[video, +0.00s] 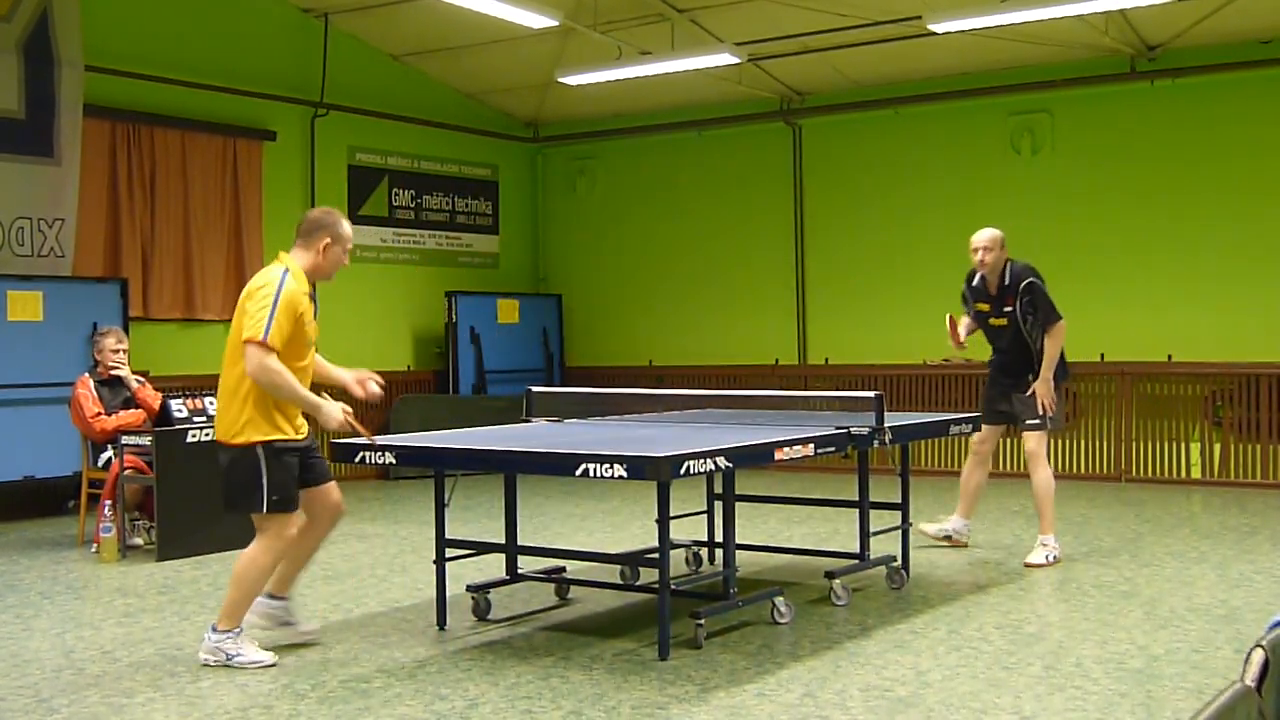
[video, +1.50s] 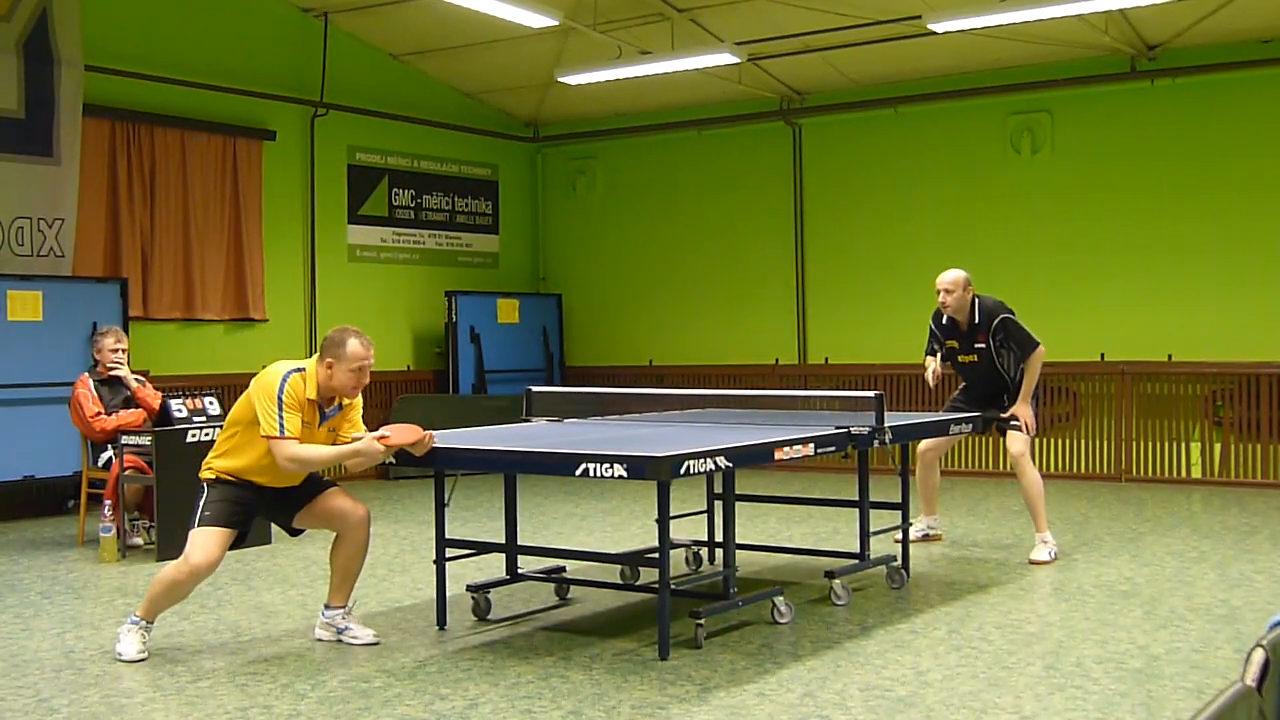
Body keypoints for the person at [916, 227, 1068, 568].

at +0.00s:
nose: (981, 256)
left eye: (988, 250)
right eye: (976, 251)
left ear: (1003, 252)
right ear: (971, 255)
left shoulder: (1025, 279)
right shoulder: (973, 283)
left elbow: (1056, 328)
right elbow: (976, 316)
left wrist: (1046, 378)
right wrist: (962, 332)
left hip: (1036, 371)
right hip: (1002, 370)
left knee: (1034, 450)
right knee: (981, 444)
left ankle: (1047, 542)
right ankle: (958, 526)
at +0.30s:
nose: (954, 272)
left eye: (960, 266)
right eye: (950, 266)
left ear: (979, 266)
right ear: (947, 268)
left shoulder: (1004, 289)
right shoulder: (946, 294)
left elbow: (1040, 332)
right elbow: (933, 332)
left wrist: (1027, 384)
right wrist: (939, 341)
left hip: (1015, 379)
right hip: (974, 379)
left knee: (1027, 449)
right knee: (945, 447)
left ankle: (1045, 538)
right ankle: (951, 529)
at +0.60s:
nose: (954, 285)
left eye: (961, 279)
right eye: (951, 279)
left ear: (981, 280)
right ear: (949, 281)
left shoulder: (1007, 303)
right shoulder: (952, 306)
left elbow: (1046, 346)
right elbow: (948, 335)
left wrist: (1032, 395)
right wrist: (947, 348)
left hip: (1021, 383)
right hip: (981, 380)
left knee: (1026, 453)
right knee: (938, 442)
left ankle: (1045, 539)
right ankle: (931, 517)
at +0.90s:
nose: (945, 301)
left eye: (951, 295)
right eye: (942, 296)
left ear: (972, 295)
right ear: (940, 296)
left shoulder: (999, 315)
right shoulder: (943, 319)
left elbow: (1041, 352)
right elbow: (935, 355)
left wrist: (1026, 399)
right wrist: (939, 367)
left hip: (1016, 391)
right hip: (975, 390)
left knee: (1019, 454)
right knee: (931, 451)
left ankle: (1044, 539)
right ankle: (929, 524)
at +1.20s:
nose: (940, 300)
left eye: (947, 294)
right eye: (937, 294)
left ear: (967, 294)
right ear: (936, 295)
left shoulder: (993, 313)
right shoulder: (939, 320)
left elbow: (1036, 351)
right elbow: (933, 353)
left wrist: (1023, 399)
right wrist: (933, 365)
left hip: (1012, 391)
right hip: (973, 391)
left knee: (1018, 452)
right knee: (928, 450)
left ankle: (1044, 539)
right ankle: (929, 523)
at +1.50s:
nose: (942, 298)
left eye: (949, 292)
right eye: (939, 292)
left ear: (968, 293)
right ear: (937, 294)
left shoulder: (994, 314)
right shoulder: (940, 319)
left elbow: (1036, 352)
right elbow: (932, 354)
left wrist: (1024, 401)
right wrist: (932, 366)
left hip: (1013, 393)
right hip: (973, 392)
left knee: (1018, 453)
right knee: (926, 450)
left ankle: (1044, 539)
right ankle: (929, 523)